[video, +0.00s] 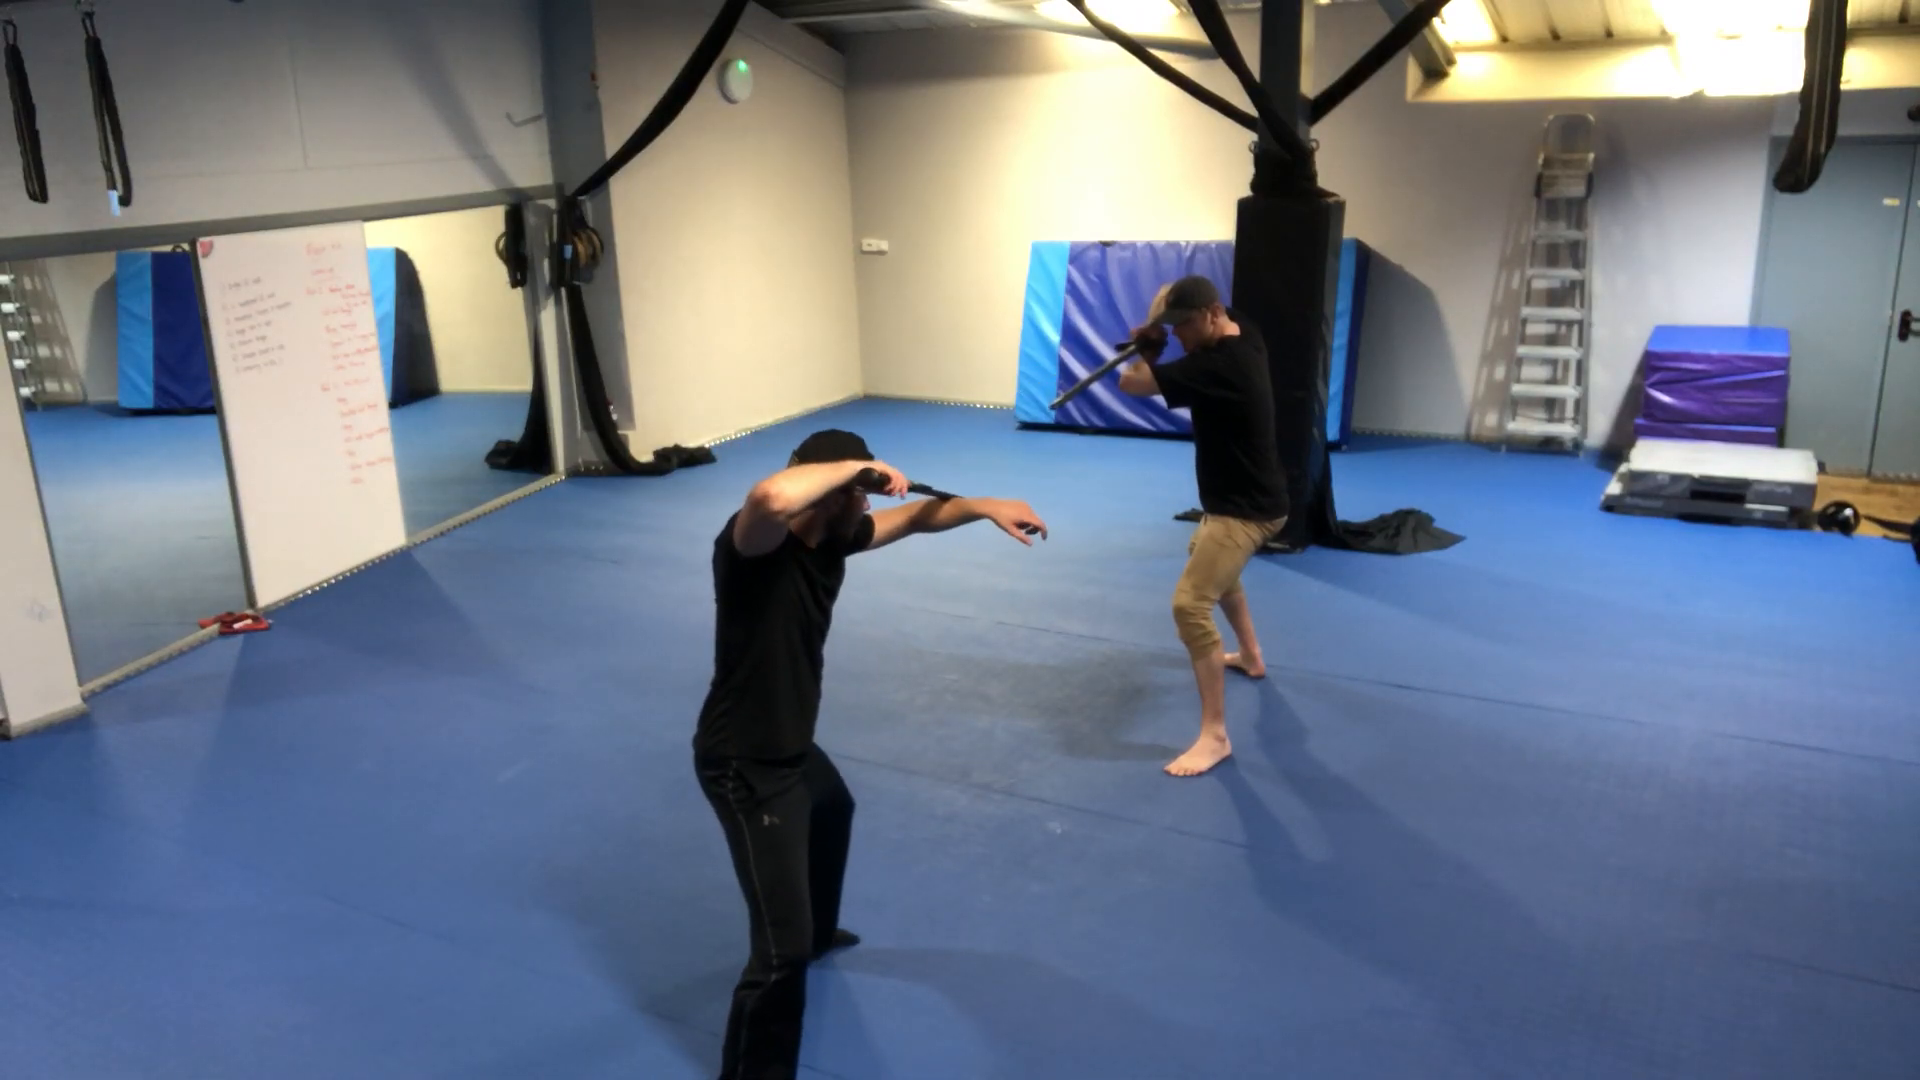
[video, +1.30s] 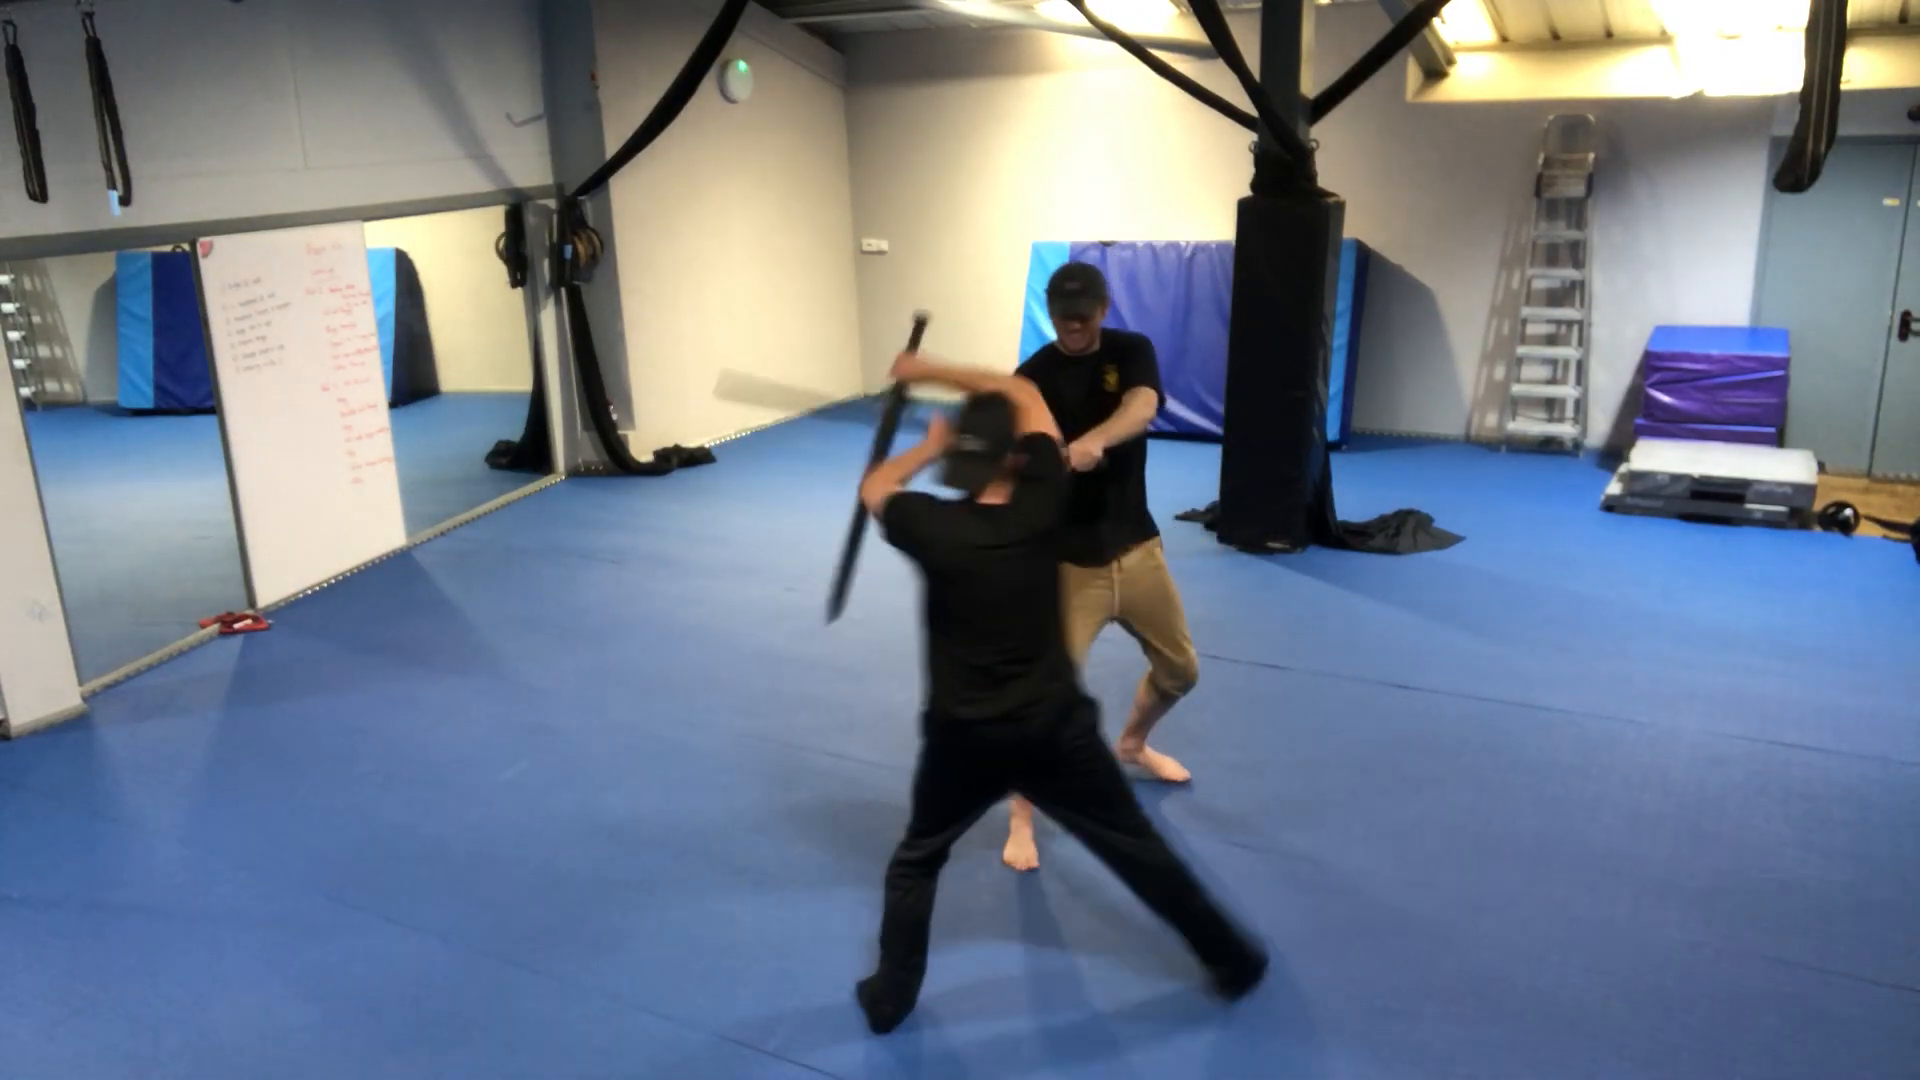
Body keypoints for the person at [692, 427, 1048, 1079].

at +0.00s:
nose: (868, 511)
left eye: (869, 498)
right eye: (859, 498)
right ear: (824, 497)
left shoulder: (831, 543)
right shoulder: (753, 549)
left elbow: (916, 516)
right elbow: (769, 497)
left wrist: (986, 505)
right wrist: (858, 467)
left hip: (792, 749)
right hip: (743, 762)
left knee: (833, 809)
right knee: (784, 951)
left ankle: (813, 930)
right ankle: (752, 1074)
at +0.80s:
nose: (876, 499)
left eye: (877, 487)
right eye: (867, 486)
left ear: (855, 482)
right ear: (834, 482)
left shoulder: (849, 541)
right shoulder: (782, 544)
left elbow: (905, 545)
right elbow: (842, 492)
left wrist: (960, 523)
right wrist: (928, 451)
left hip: (831, 752)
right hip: (795, 761)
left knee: (878, 809)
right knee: (812, 959)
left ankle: (829, 947)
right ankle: (767, 1075)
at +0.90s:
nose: (884, 481)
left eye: (884, 471)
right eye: (882, 471)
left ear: (818, 465)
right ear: (869, 474)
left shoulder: (822, 532)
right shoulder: (816, 536)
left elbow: (887, 535)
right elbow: (911, 474)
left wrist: (938, 504)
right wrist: (964, 406)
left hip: (851, 743)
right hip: (850, 750)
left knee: (887, 860)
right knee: (870, 921)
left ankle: (888, 992)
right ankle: (784, 1068)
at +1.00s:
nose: (885, 472)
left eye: (867, 467)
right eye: (880, 464)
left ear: (816, 477)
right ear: (872, 474)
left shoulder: (794, 535)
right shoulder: (888, 513)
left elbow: (865, 500)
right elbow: (979, 417)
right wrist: (979, 341)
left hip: (847, 742)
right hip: (910, 743)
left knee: (892, 838)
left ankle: (890, 987)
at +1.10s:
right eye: (894, 451)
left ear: (836, 466)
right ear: (891, 465)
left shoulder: (815, 526)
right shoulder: (931, 499)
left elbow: (868, 460)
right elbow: (984, 394)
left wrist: (950, 414)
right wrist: (976, 311)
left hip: (879, 736)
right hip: (953, 731)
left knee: (904, 841)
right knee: (1055, 874)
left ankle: (884, 993)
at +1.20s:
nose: (958, 440)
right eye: (951, 438)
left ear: (882, 463)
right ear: (945, 459)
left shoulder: (855, 520)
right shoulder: (976, 491)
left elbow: (868, 466)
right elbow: (1004, 382)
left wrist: (932, 425)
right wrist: (954, 327)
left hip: (921, 736)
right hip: (1005, 725)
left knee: (911, 854)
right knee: (1096, 851)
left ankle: (889, 995)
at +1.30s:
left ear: (955, 461)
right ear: (1009, 461)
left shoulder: (931, 526)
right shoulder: (1040, 506)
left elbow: (874, 491)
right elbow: (1023, 391)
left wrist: (928, 445)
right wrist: (933, 369)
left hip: (963, 736)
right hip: (1051, 728)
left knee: (918, 859)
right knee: (1135, 845)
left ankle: (891, 999)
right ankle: (1233, 961)